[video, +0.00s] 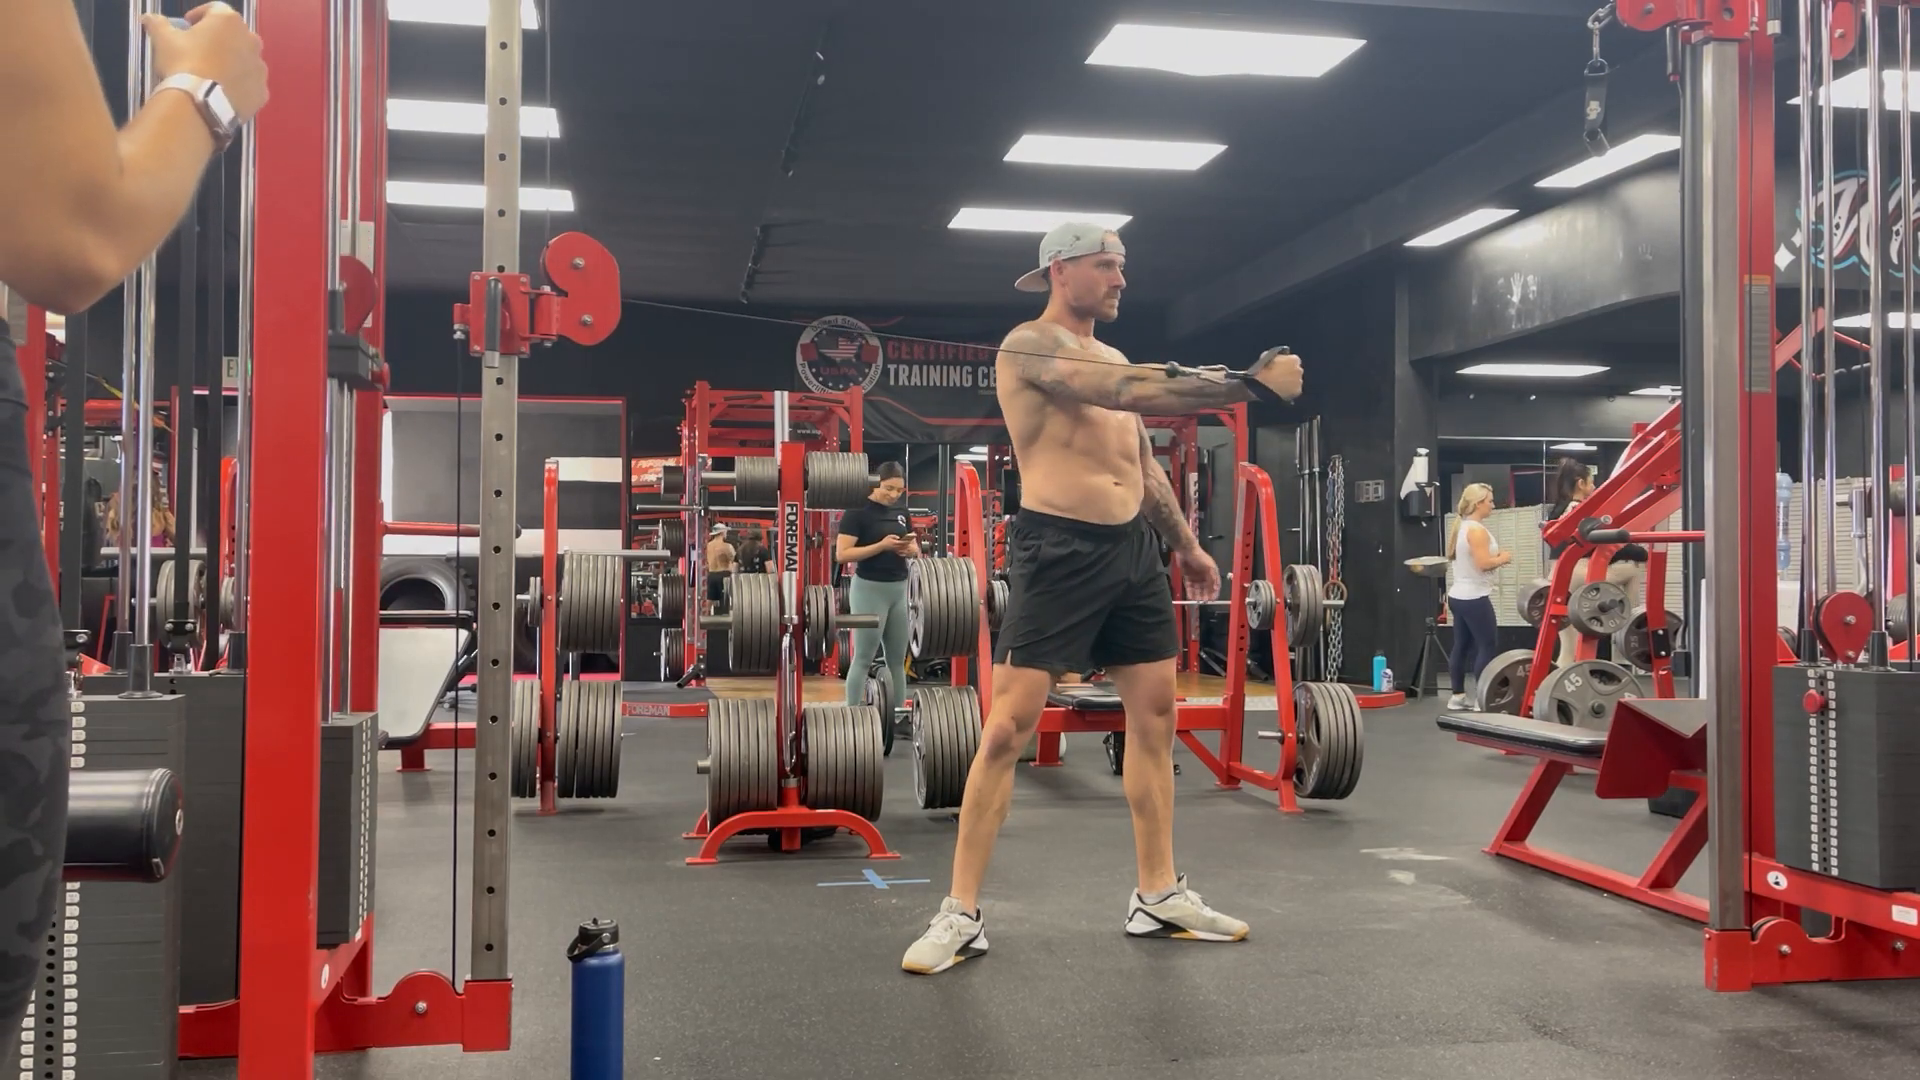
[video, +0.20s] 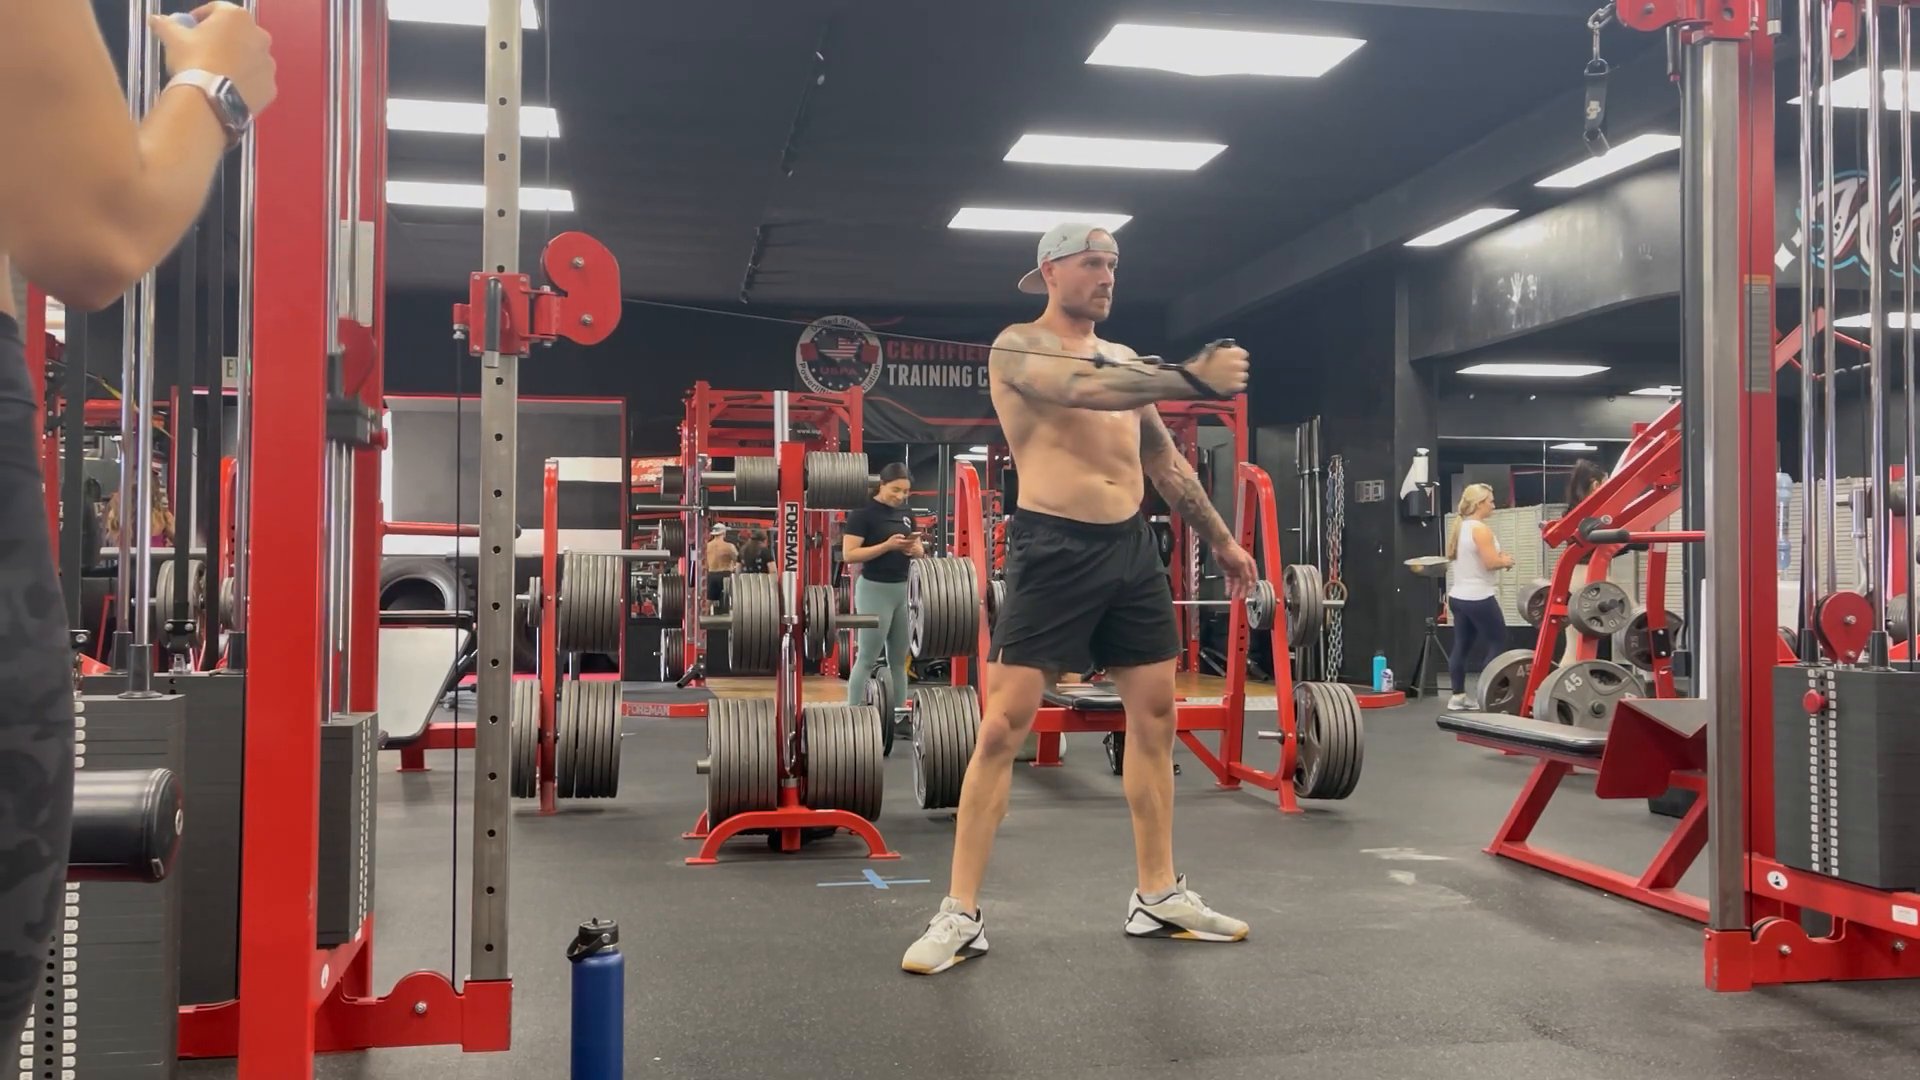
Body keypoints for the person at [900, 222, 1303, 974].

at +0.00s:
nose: (1120, 275)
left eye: (1120, 265)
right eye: (1106, 262)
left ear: (1103, 280)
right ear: (1058, 272)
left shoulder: (1118, 364)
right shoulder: (1028, 343)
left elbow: (1144, 465)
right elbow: (1117, 385)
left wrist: (1187, 543)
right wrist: (1246, 382)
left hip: (1135, 552)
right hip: (1056, 550)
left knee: (1155, 719)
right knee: (1004, 733)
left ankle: (1157, 894)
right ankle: (961, 910)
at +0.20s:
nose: (1107, 276)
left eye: (1111, 265)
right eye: (1091, 262)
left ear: (1112, 279)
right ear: (1049, 272)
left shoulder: (1129, 365)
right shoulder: (1016, 345)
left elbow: (1167, 463)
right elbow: (1077, 386)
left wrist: (1223, 540)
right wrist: (1190, 378)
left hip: (1134, 552)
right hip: (1048, 550)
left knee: (1155, 721)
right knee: (1000, 730)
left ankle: (1158, 895)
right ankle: (960, 910)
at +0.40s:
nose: (1085, 274)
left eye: (1096, 264)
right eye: (1069, 262)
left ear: (1107, 281)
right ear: (1038, 276)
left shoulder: (1133, 361)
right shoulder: (1009, 343)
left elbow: (1187, 457)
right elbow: (1022, 393)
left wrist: (1251, 536)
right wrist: (1102, 372)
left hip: (1132, 552)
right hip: (1047, 549)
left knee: (1157, 717)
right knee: (997, 727)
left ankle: (1157, 895)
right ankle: (960, 910)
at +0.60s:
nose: (1058, 272)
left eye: (1073, 261)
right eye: (1046, 262)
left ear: (1100, 279)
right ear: (1029, 279)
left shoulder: (1141, 360)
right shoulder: (1005, 346)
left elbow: (1209, 453)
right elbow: (970, 396)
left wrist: (1281, 527)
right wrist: (990, 377)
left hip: (1128, 551)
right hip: (1041, 551)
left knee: (1157, 718)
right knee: (994, 723)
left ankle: (1157, 894)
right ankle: (959, 909)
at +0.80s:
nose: (1042, 274)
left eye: (1058, 262)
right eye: (1034, 264)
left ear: (1095, 277)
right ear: (1025, 280)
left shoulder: (1144, 360)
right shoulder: (1001, 352)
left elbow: (1217, 447)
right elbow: (946, 393)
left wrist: (1297, 525)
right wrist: (915, 380)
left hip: (1124, 550)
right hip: (1034, 551)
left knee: (1156, 720)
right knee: (987, 726)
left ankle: (1158, 896)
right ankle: (960, 910)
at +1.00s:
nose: (1050, 270)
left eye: (1065, 260)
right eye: (1039, 260)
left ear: (1096, 279)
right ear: (1026, 278)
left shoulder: (1143, 360)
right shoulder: (1000, 351)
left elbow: (1217, 448)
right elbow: (936, 394)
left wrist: (1297, 523)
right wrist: (915, 368)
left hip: (1124, 550)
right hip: (1035, 550)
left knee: (1159, 719)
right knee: (989, 724)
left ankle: (1158, 894)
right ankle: (959, 910)